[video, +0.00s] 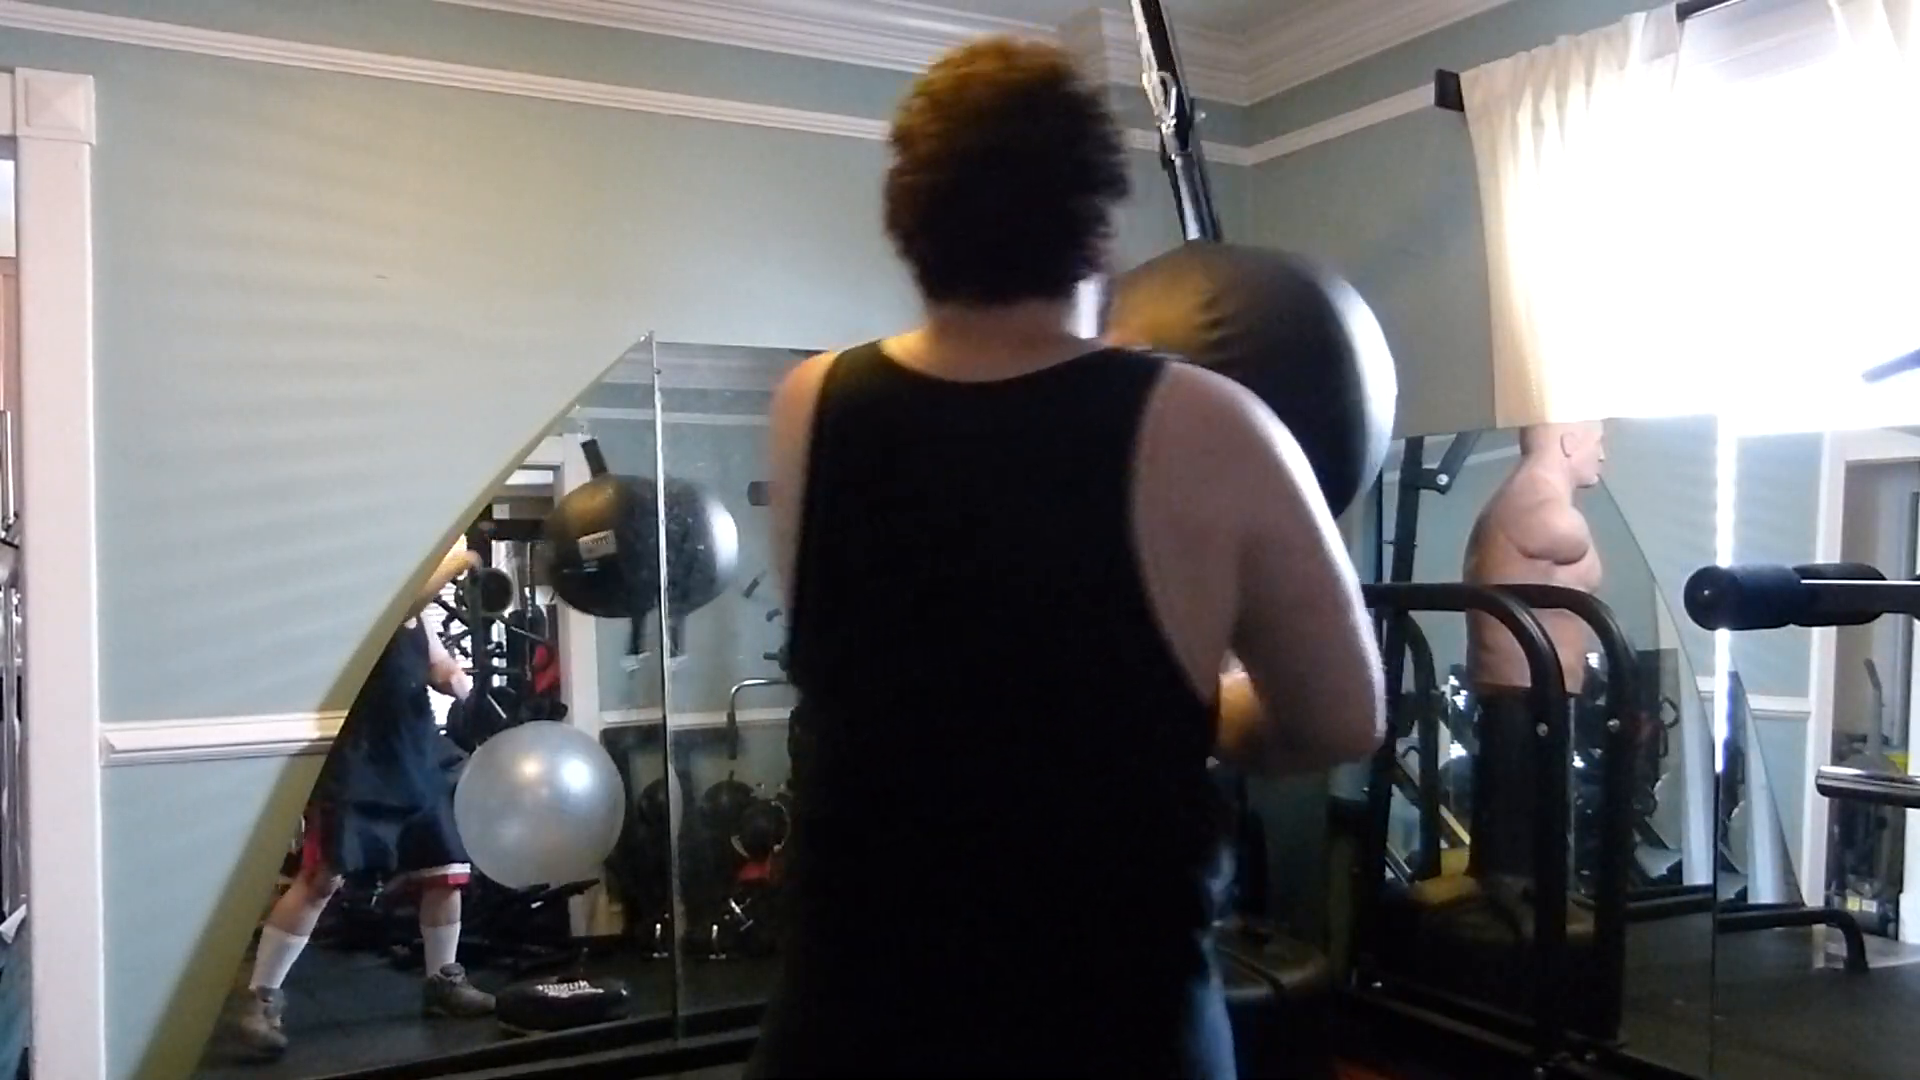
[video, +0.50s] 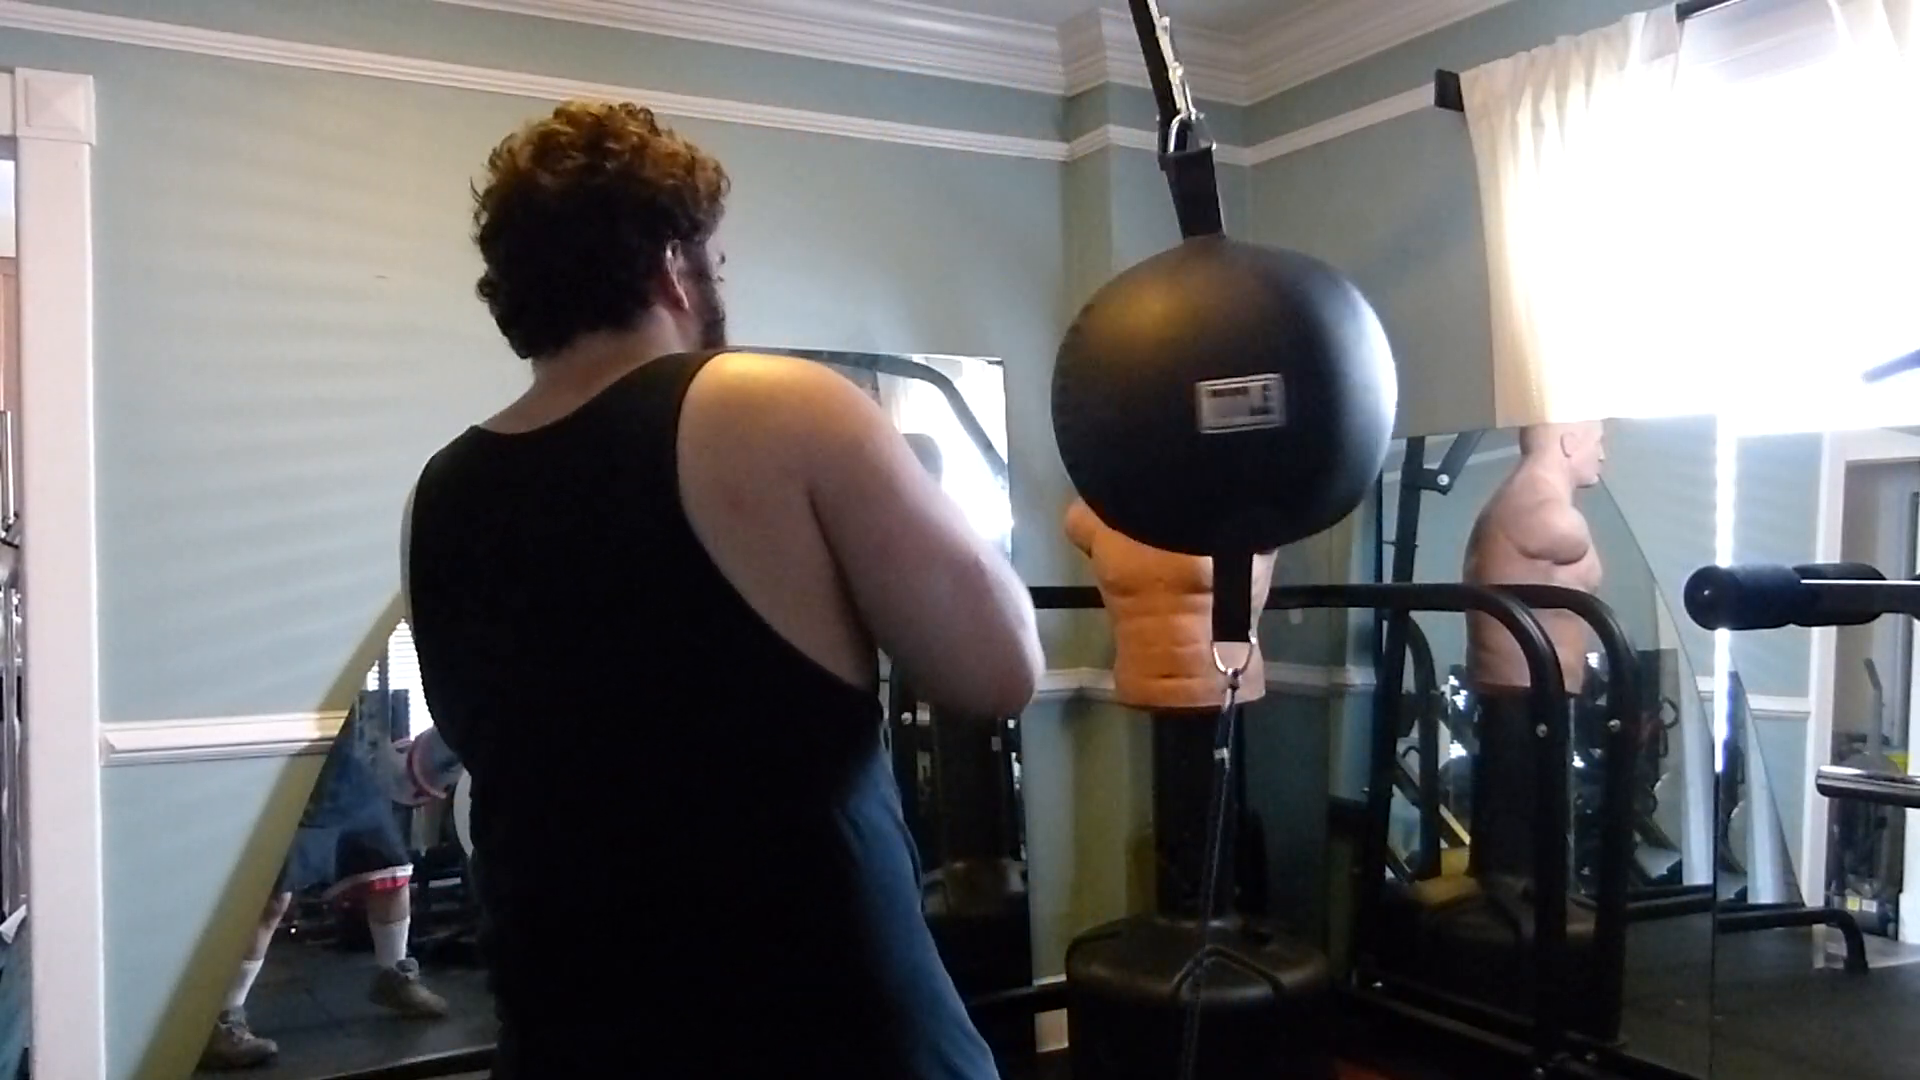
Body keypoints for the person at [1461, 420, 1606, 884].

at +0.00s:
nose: (1603, 456)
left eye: (1603, 442)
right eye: (1598, 441)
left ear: (1556, 441)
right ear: (1567, 442)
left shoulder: (1512, 501)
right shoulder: (1538, 500)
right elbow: (1593, 575)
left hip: (1510, 696)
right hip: (1529, 699)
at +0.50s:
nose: (1604, 455)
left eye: (1603, 440)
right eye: (1598, 439)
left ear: (1558, 441)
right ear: (1567, 441)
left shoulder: (1517, 497)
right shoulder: (1538, 499)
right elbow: (1593, 573)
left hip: (1514, 694)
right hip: (1528, 698)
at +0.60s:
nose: (1604, 455)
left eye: (1603, 440)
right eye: (1599, 438)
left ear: (1557, 440)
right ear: (1567, 441)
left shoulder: (1514, 498)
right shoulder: (1538, 497)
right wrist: (1588, 550)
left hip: (1512, 699)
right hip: (1528, 702)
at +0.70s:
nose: (1604, 455)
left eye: (1603, 441)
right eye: (1598, 439)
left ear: (1557, 441)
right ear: (1567, 441)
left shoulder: (1515, 497)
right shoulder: (1537, 495)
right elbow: (1552, 538)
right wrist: (1587, 549)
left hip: (1513, 695)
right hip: (1529, 698)